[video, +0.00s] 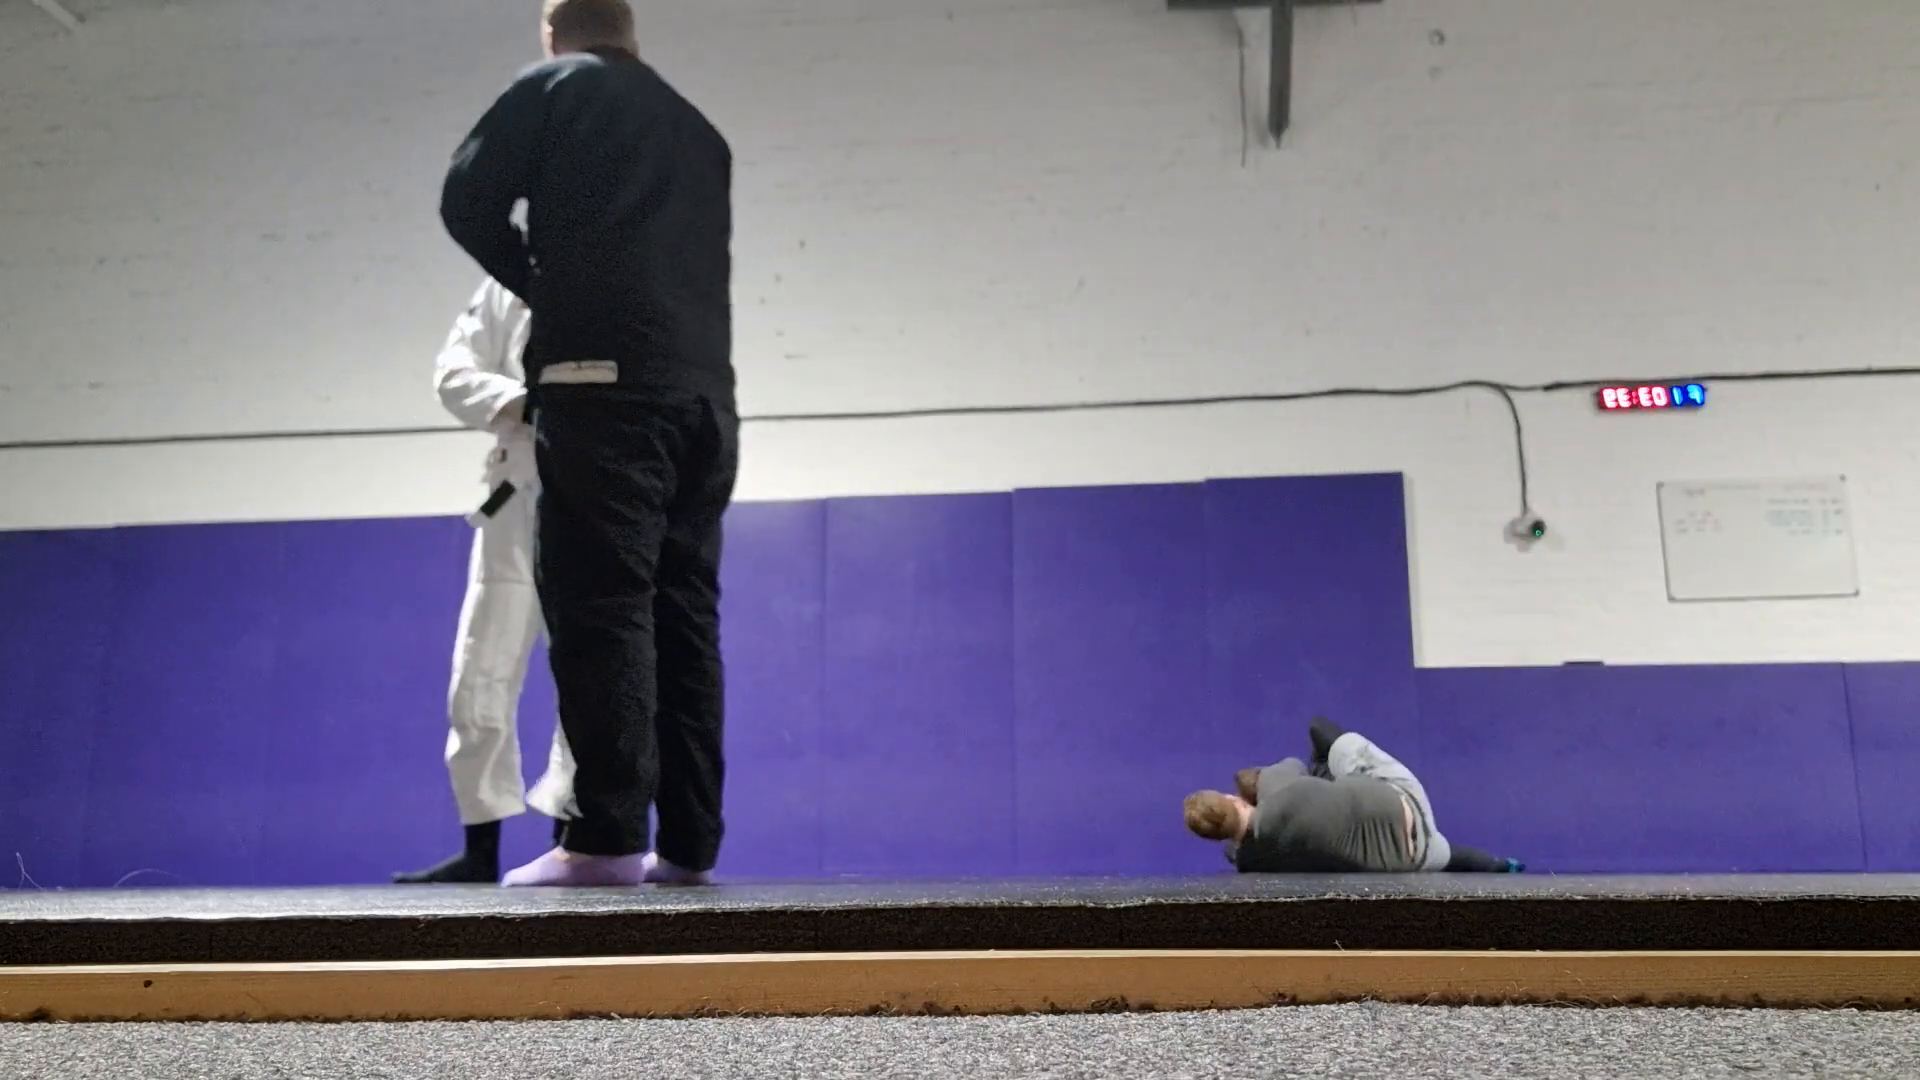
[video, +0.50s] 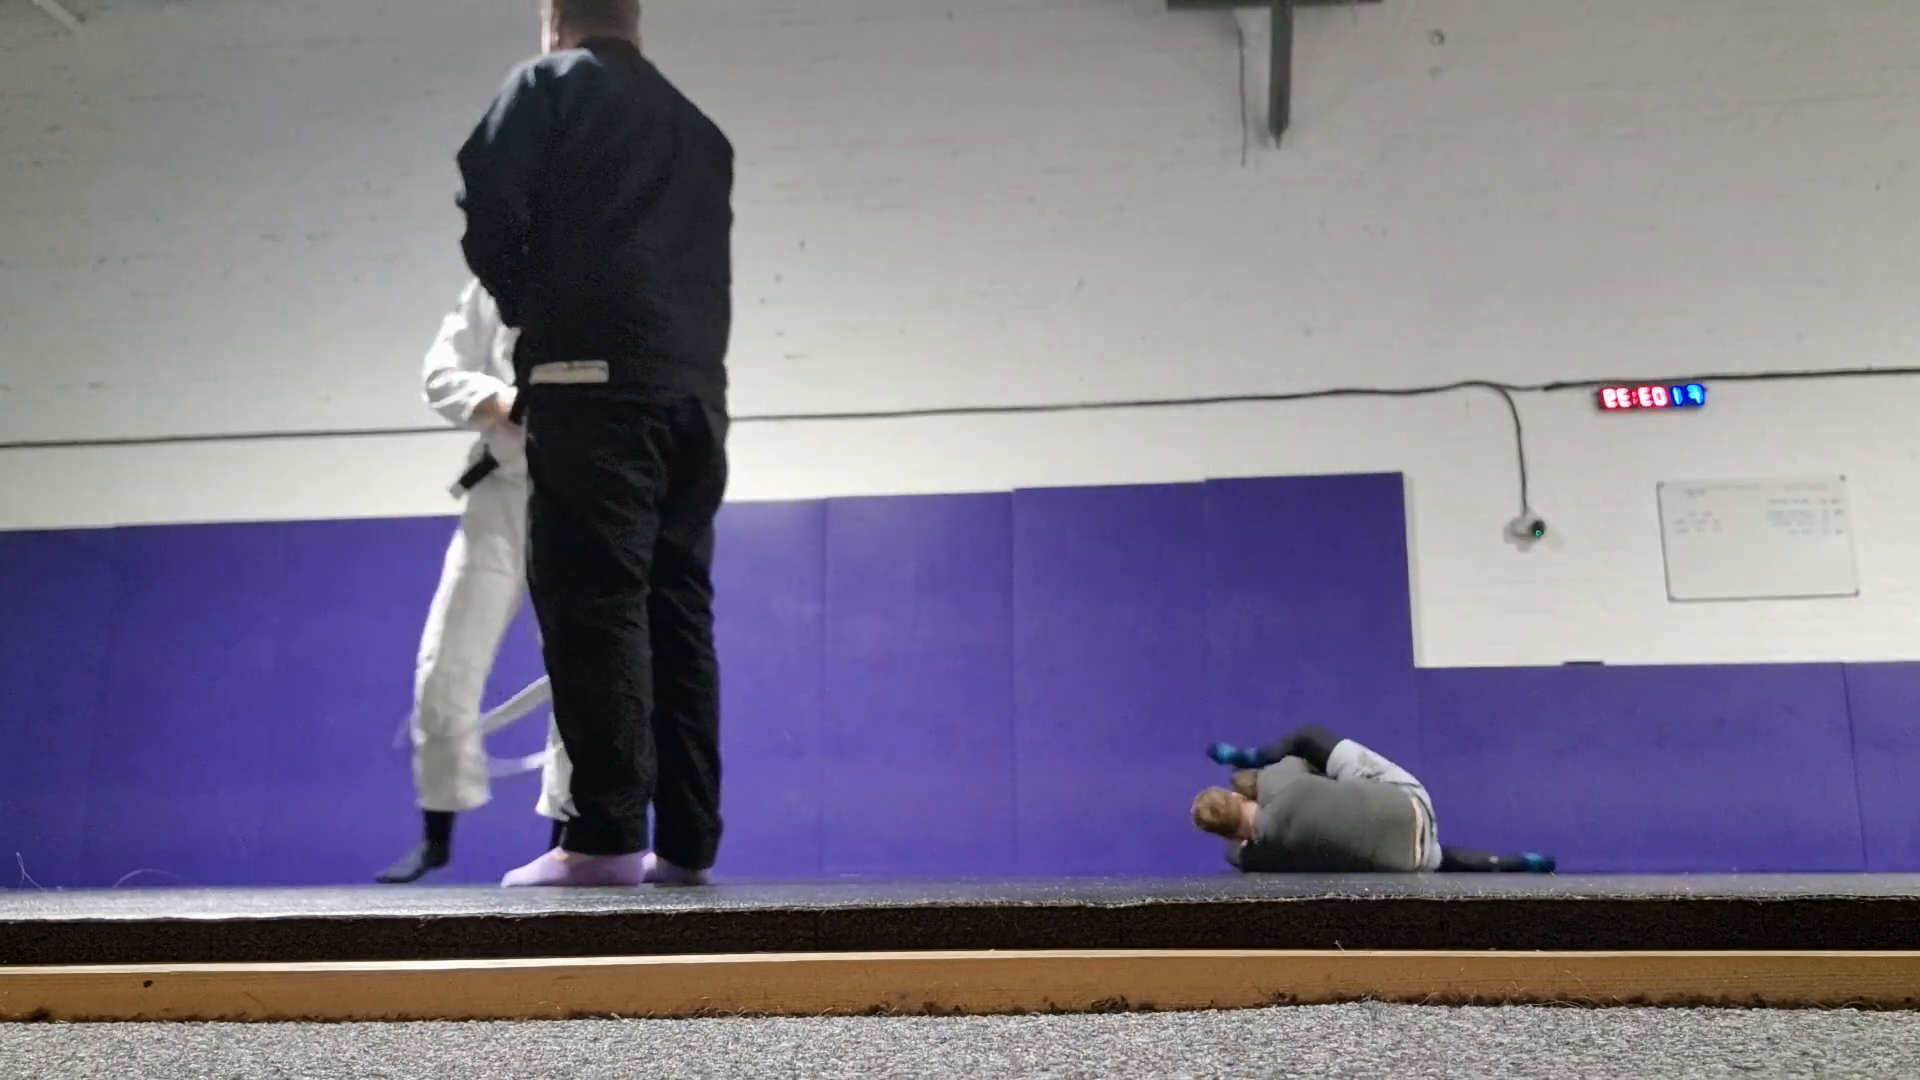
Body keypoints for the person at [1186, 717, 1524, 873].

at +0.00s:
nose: (1231, 788)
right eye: (1227, 790)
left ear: (1218, 839)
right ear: (1235, 794)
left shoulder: (1251, 863)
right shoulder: (1277, 785)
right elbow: (1296, 768)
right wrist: (1256, 781)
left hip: (1414, 861)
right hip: (1409, 807)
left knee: (1446, 854)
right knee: (1326, 732)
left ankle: (1505, 866)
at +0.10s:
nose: (1230, 789)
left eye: (1217, 824)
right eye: (1225, 791)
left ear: (1221, 839)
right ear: (1234, 793)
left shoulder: (1254, 861)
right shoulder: (1275, 781)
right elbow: (1303, 769)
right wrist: (1256, 782)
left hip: (1414, 859)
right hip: (1411, 806)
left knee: (1449, 856)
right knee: (1344, 738)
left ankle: (1510, 865)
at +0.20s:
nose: (1233, 790)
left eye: (1222, 826)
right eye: (1229, 791)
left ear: (1225, 840)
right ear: (1238, 794)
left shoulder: (1256, 862)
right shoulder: (1279, 781)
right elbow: (1302, 769)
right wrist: (1257, 783)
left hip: (1417, 862)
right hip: (1416, 808)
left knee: (1447, 855)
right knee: (1337, 730)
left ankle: (1518, 865)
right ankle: (1340, 775)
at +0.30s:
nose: (1232, 799)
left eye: (1220, 822)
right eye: (1230, 796)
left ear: (1226, 836)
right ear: (1239, 791)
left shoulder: (1259, 857)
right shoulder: (1279, 776)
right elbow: (1312, 771)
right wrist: (1274, 777)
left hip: (1421, 861)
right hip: (1423, 807)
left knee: (1447, 855)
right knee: (1323, 737)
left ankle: (1523, 865)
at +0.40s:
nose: (1231, 796)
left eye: (1218, 814)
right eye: (1229, 793)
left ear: (1226, 834)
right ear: (1238, 789)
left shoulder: (1257, 858)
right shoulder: (1280, 777)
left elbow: (1250, 850)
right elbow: (1313, 763)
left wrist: (1252, 816)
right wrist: (1261, 777)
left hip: (1419, 860)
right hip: (1418, 805)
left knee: (1446, 856)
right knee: (1317, 738)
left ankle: (1522, 864)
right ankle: (1264, 752)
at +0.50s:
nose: (1226, 795)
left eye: (1215, 813)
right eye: (1225, 792)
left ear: (1224, 835)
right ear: (1236, 790)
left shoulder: (1257, 857)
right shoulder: (1276, 779)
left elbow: (1247, 853)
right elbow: (1302, 762)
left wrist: (1238, 843)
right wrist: (1255, 778)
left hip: (1415, 859)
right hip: (1414, 805)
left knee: (1441, 855)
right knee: (1311, 737)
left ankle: (1518, 863)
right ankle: (1252, 753)